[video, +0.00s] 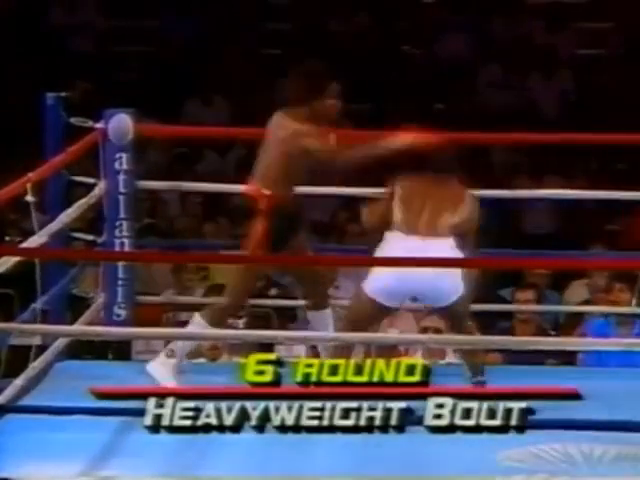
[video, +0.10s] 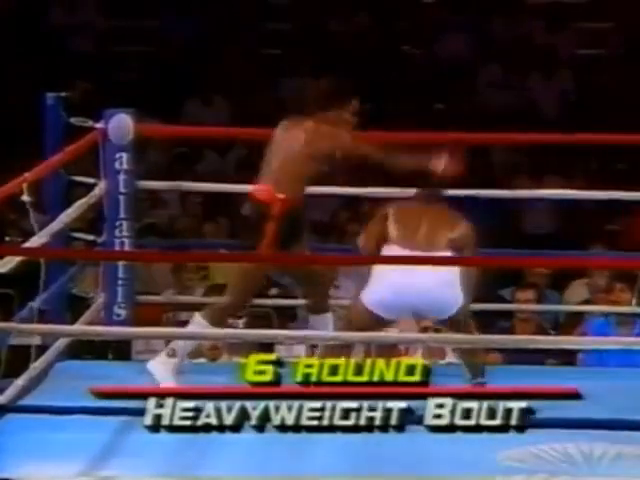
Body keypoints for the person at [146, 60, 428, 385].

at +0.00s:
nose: (337, 105)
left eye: (338, 98)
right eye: (331, 98)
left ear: (319, 101)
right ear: (312, 99)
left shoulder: (315, 130)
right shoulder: (288, 126)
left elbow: (346, 151)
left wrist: (397, 143)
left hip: (286, 218)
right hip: (266, 216)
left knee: (316, 288)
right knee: (235, 300)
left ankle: (327, 362)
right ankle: (168, 359)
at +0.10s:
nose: (353, 121)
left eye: (353, 115)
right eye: (350, 114)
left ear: (318, 107)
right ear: (332, 112)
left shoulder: (287, 127)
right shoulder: (328, 135)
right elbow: (383, 160)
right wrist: (430, 165)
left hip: (264, 212)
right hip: (276, 217)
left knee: (317, 282)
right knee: (236, 299)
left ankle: (324, 355)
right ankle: (169, 359)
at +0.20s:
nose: (375, 139)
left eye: (376, 133)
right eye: (373, 133)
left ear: (337, 119)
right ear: (362, 128)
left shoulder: (304, 132)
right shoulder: (350, 153)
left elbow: (273, 166)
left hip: (269, 212)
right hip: (293, 220)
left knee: (327, 284)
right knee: (244, 297)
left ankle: (329, 357)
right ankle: (180, 356)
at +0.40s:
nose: (384, 139)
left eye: (386, 133)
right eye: (379, 132)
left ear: (327, 134)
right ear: (356, 129)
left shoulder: (316, 163)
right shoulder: (385, 163)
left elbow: (302, 208)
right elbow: (412, 189)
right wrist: (387, 212)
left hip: (341, 259)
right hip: (388, 256)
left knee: (306, 337)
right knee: (419, 333)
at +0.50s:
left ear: (319, 115)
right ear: (346, 114)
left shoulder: (306, 146)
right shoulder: (367, 146)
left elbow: (273, 176)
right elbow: (398, 182)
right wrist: (372, 187)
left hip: (321, 232)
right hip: (364, 231)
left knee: (297, 317)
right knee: (405, 309)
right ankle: (436, 363)